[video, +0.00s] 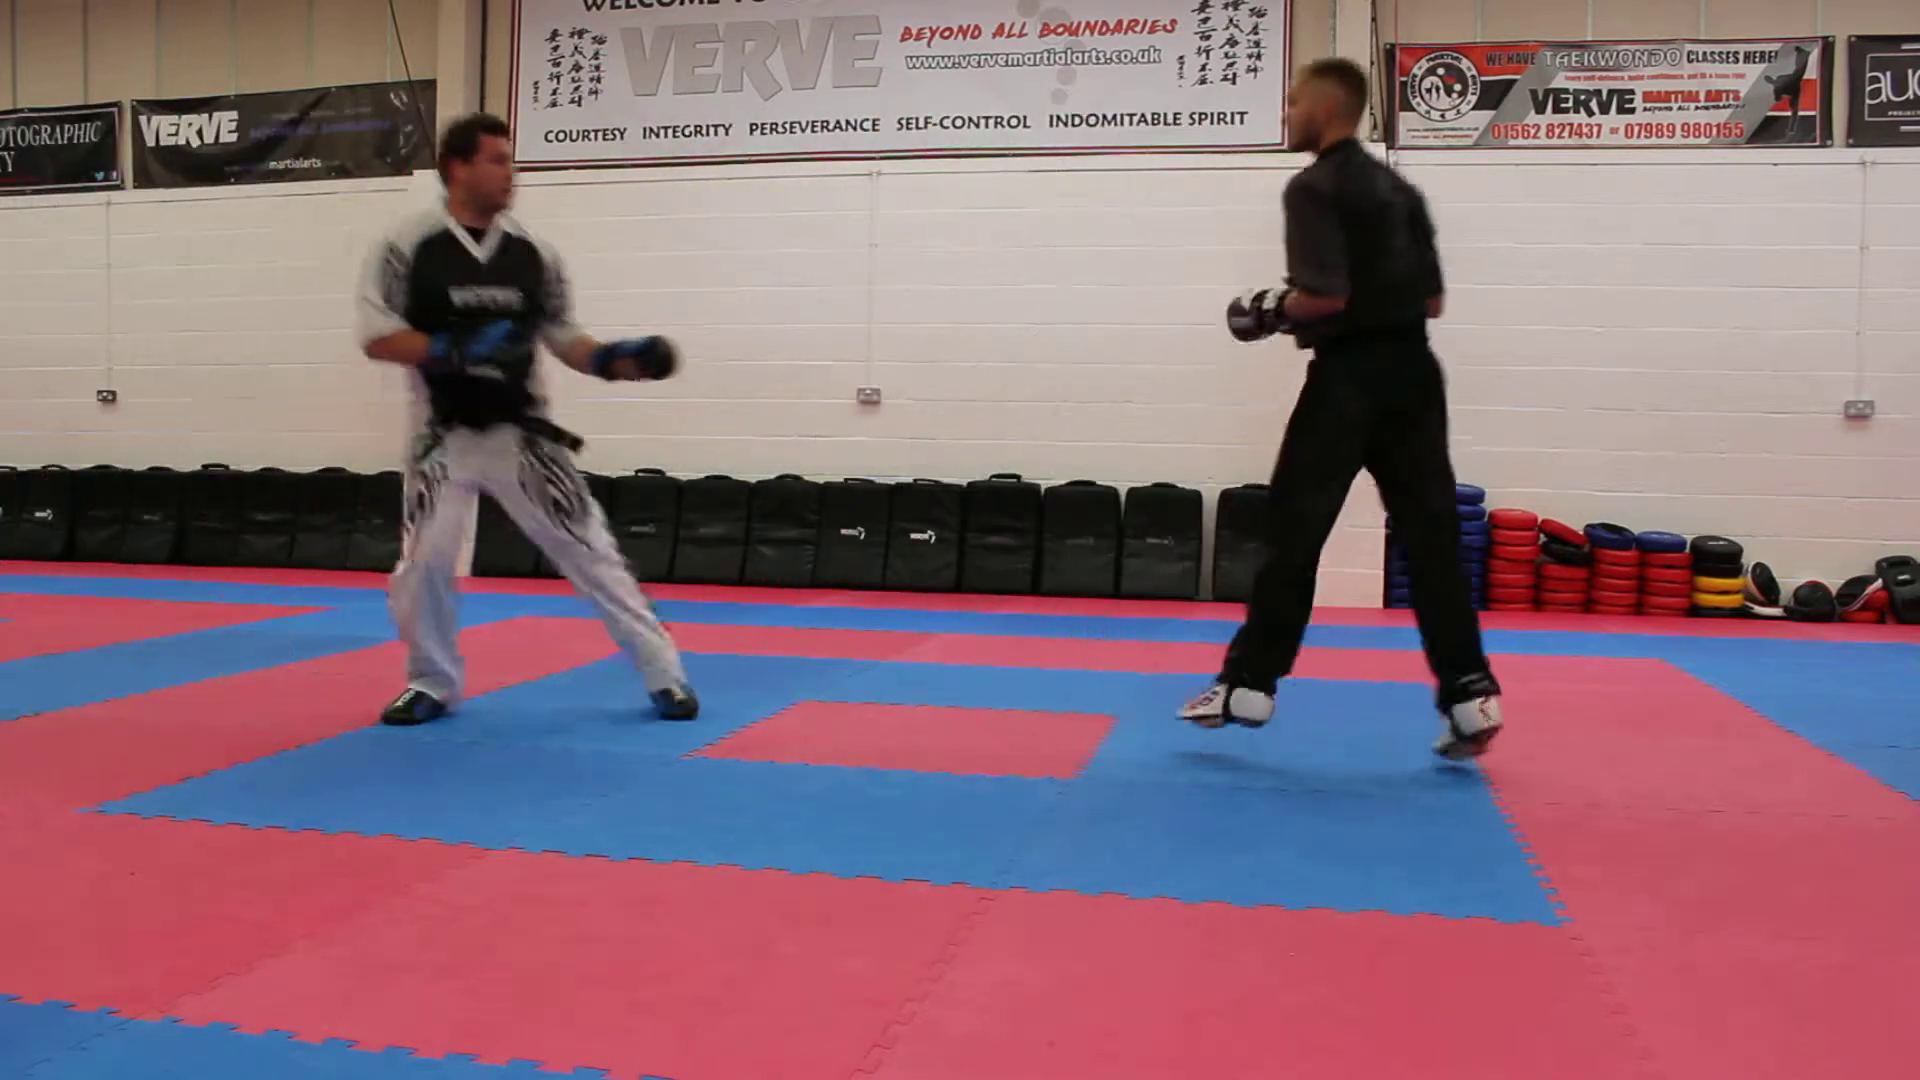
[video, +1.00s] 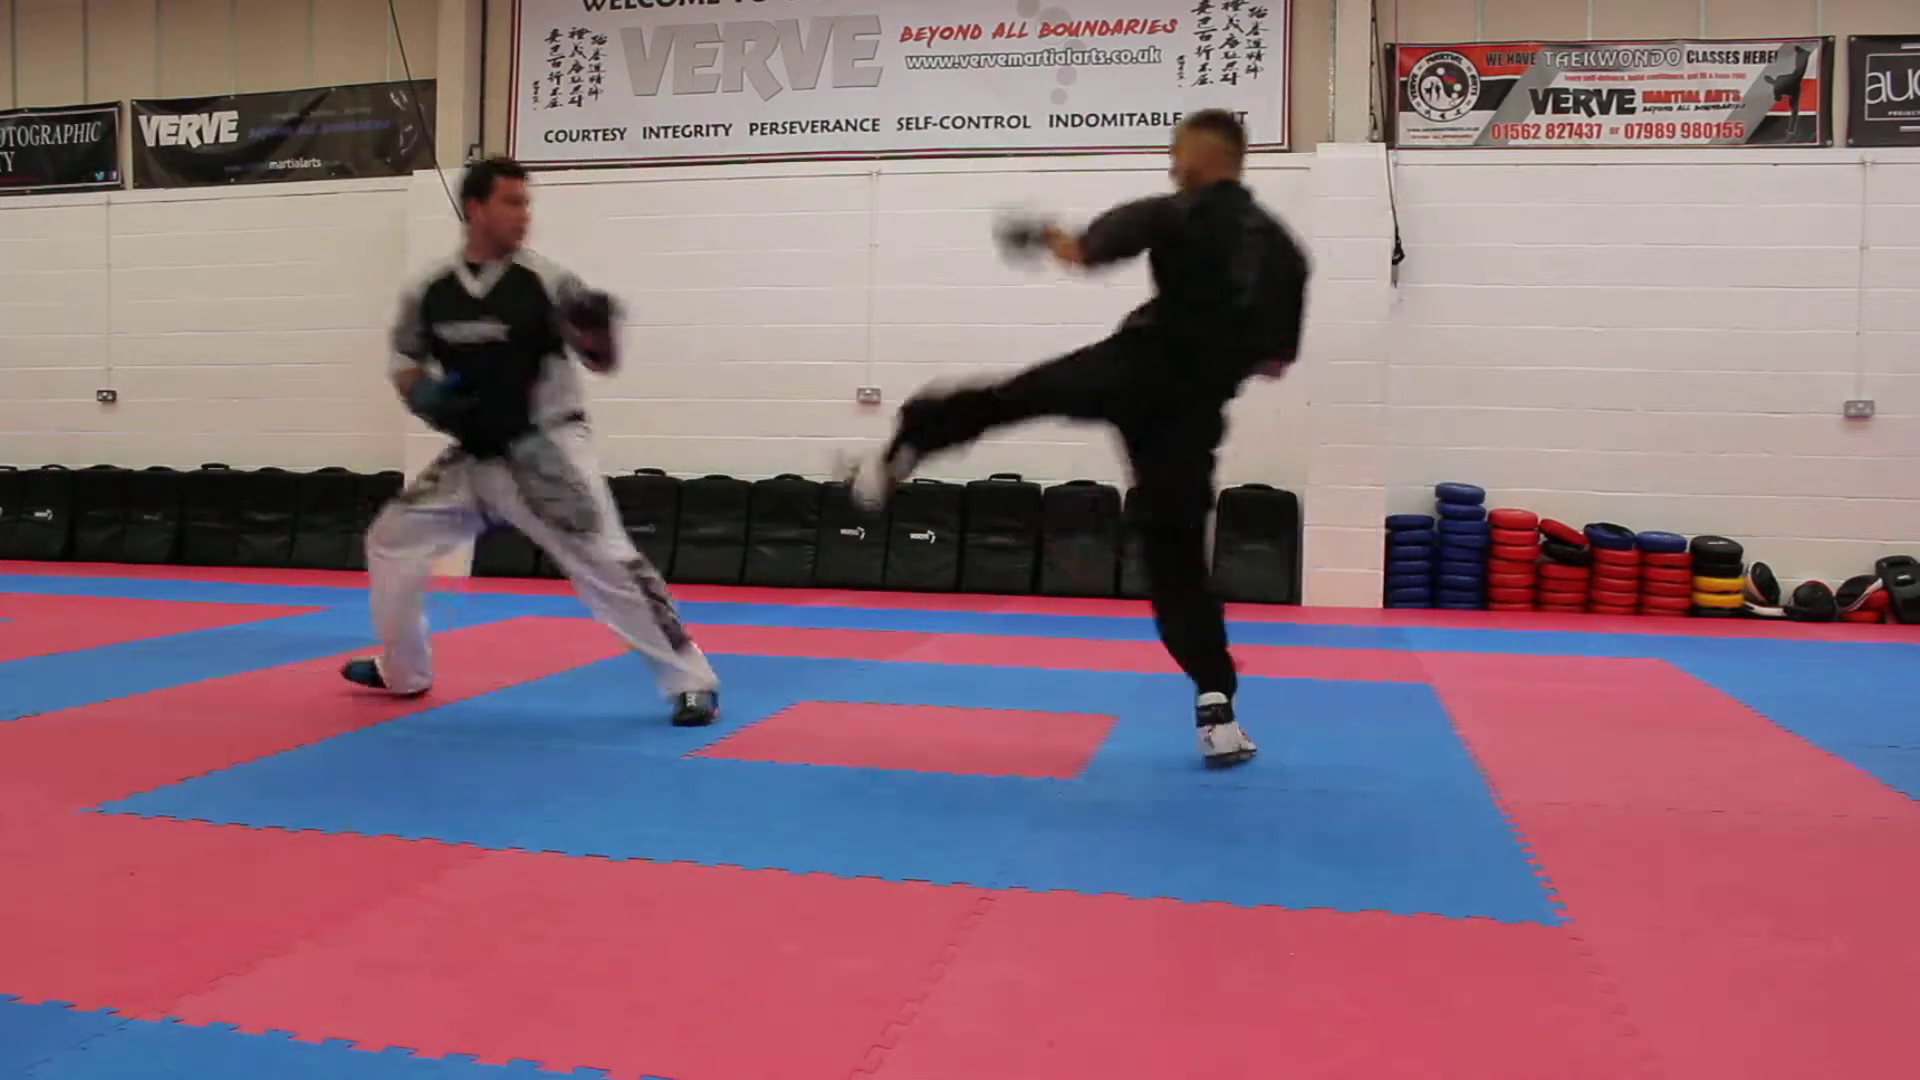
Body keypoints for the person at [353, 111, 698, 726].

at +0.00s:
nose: (511, 175)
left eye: (511, 163)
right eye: (498, 162)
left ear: (499, 171)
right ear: (456, 169)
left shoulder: (532, 257)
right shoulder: (406, 249)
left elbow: (563, 338)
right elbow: (376, 336)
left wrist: (614, 361)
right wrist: (454, 349)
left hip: (521, 435)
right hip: (444, 438)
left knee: (592, 555)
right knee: (425, 563)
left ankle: (665, 676)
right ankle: (431, 685)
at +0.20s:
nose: (574, 186)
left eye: (574, 174)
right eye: (561, 175)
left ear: (563, 182)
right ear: (519, 182)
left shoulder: (595, 265)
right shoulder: (463, 262)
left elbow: (630, 346)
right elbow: (436, 352)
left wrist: (673, 364)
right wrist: (499, 362)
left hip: (578, 440)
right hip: (495, 441)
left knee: (631, 550)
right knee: (444, 554)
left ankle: (672, 677)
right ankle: (427, 684)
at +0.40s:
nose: (597, 188)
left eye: (597, 176)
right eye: (584, 176)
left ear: (587, 182)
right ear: (541, 183)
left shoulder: (616, 269)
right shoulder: (482, 258)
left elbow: (645, 354)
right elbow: (449, 348)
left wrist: (685, 369)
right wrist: (516, 361)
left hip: (592, 440)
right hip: (507, 442)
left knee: (647, 555)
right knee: (441, 556)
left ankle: (692, 680)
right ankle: (406, 670)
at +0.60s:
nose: (600, 199)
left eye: (600, 188)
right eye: (587, 188)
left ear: (592, 195)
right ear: (544, 194)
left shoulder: (618, 278)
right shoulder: (483, 267)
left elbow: (644, 364)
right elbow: (451, 355)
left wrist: (682, 385)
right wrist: (514, 369)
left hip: (595, 448)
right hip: (509, 450)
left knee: (646, 555)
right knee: (446, 559)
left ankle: (691, 680)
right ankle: (412, 676)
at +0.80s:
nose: (598, 208)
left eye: (597, 196)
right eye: (585, 197)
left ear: (586, 204)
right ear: (540, 203)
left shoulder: (616, 284)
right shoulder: (483, 279)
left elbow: (655, 362)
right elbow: (452, 367)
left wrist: (692, 376)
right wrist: (506, 391)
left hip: (596, 453)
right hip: (514, 454)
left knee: (650, 563)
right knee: (441, 560)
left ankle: (696, 687)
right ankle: (400, 673)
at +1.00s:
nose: (524, 216)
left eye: (526, 204)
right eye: (512, 203)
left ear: (527, 210)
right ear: (474, 209)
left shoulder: (546, 285)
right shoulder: (430, 294)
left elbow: (602, 362)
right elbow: (405, 367)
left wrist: (595, 335)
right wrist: (433, 402)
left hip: (545, 449)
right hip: (472, 455)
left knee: (606, 561)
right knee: (391, 540)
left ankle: (692, 680)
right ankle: (403, 672)